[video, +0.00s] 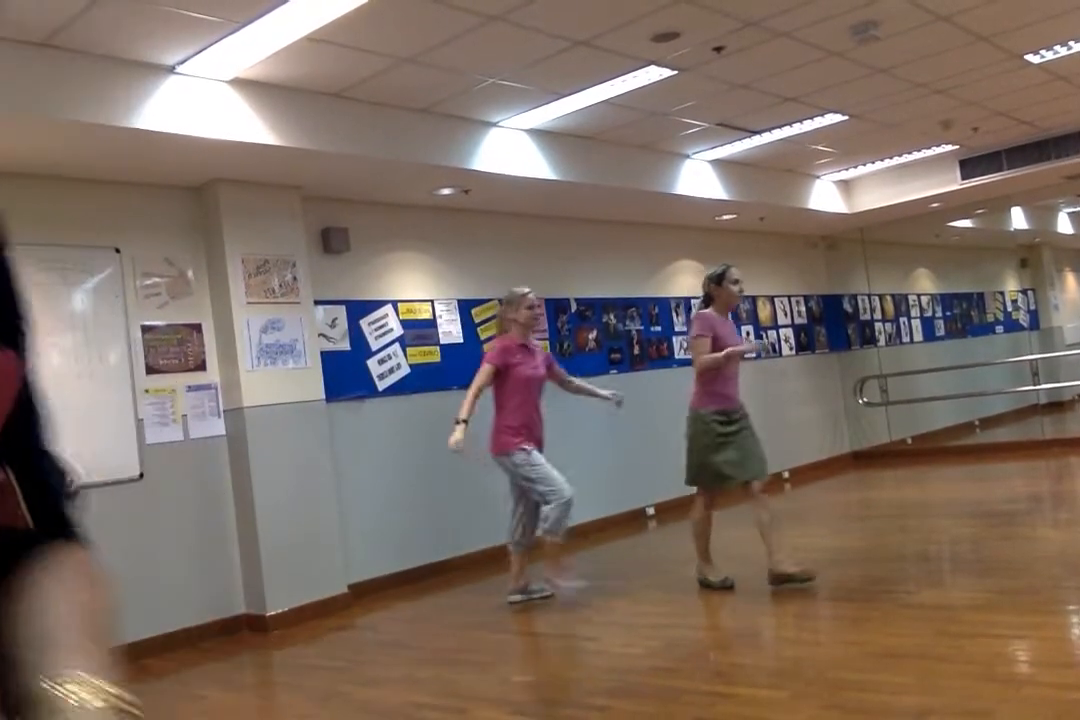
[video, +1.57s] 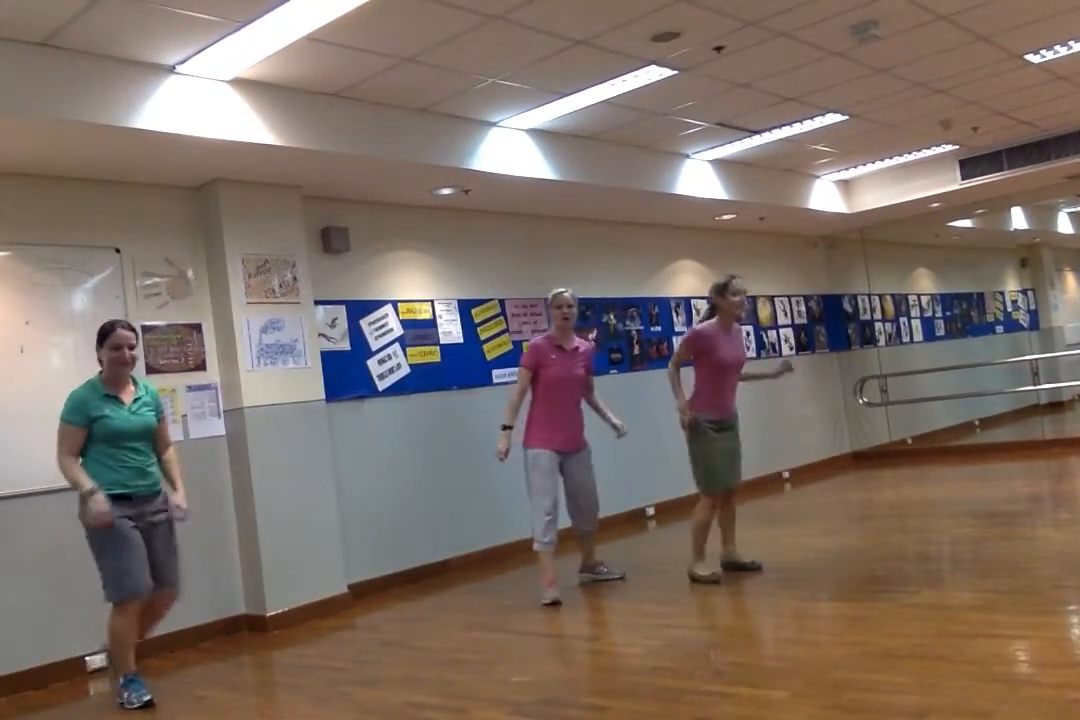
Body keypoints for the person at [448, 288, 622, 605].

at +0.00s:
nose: (536, 312)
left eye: (537, 307)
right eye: (529, 308)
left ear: (535, 313)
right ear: (511, 314)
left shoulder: (540, 352)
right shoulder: (501, 348)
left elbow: (568, 382)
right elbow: (475, 390)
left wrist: (605, 394)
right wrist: (461, 425)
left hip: (531, 443)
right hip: (510, 444)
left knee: (524, 513)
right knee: (560, 496)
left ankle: (518, 585)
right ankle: (553, 572)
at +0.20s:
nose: (563, 315)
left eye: (564, 310)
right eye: (556, 311)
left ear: (565, 315)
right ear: (539, 317)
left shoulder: (573, 351)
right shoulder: (529, 353)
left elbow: (589, 392)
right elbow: (508, 392)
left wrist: (613, 414)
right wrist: (484, 431)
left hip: (569, 444)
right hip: (543, 445)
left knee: (559, 513)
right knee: (580, 505)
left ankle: (528, 572)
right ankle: (599, 585)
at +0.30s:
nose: (577, 315)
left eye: (578, 310)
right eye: (570, 311)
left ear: (578, 315)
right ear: (553, 316)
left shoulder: (582, 351)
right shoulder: (544, 354)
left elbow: (586, 395)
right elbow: (525, 400)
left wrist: (607, 421)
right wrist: (510, 442)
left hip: (579, 443)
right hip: (554, 445)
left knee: (605, 506)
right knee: (589, 505)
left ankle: (552, 553)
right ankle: (600, 584)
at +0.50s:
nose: (593, 316)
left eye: (593, 311)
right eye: (586, 311)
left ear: (591, 316)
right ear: (568, 316)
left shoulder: (590, 350)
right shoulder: (558, 353)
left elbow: (591, 396)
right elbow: (550, 402)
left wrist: (612, 424)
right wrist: (561, 436)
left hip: (591, 441)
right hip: (566, 443)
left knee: (620, 498)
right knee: (594, 500)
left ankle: (588, 556)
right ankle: (602, 580)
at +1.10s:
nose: (597, 316)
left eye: (601, 311)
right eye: (591, 311)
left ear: (606, 315)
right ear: (579, 315)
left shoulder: (600, 348)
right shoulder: (568, 348)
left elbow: (590, 389)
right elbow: (558, 396)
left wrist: (590, 420)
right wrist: (589, 417)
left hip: (587, 434)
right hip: (562, 437)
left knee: (593, 500)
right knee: (569, 501)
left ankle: (589, 562)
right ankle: (556, 557)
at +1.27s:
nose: (593, 314)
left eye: (597, 310)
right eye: (587, 310)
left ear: (603, 314)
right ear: (576, 314)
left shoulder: (602, 349)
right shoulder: (562, 346)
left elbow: (588, 391)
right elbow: (546, 393)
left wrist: (586, 425)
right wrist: (558, 427)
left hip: (585, 435)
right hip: (555, 434)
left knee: (591, 500)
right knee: (563, 499)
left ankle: (589, 563)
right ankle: (549, 549)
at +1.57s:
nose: (565, 311)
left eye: (570, 306)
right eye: (560, 307)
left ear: (576, 310)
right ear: (549, 312)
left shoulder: (585, 349)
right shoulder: (537, 347)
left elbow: (588, 393)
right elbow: (519, 391)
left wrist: (611, 419)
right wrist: (505, 432)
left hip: (574, 440)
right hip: (541, 441)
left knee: (587, 504)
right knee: (546, 509)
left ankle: (589, 563)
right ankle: (549, 584)